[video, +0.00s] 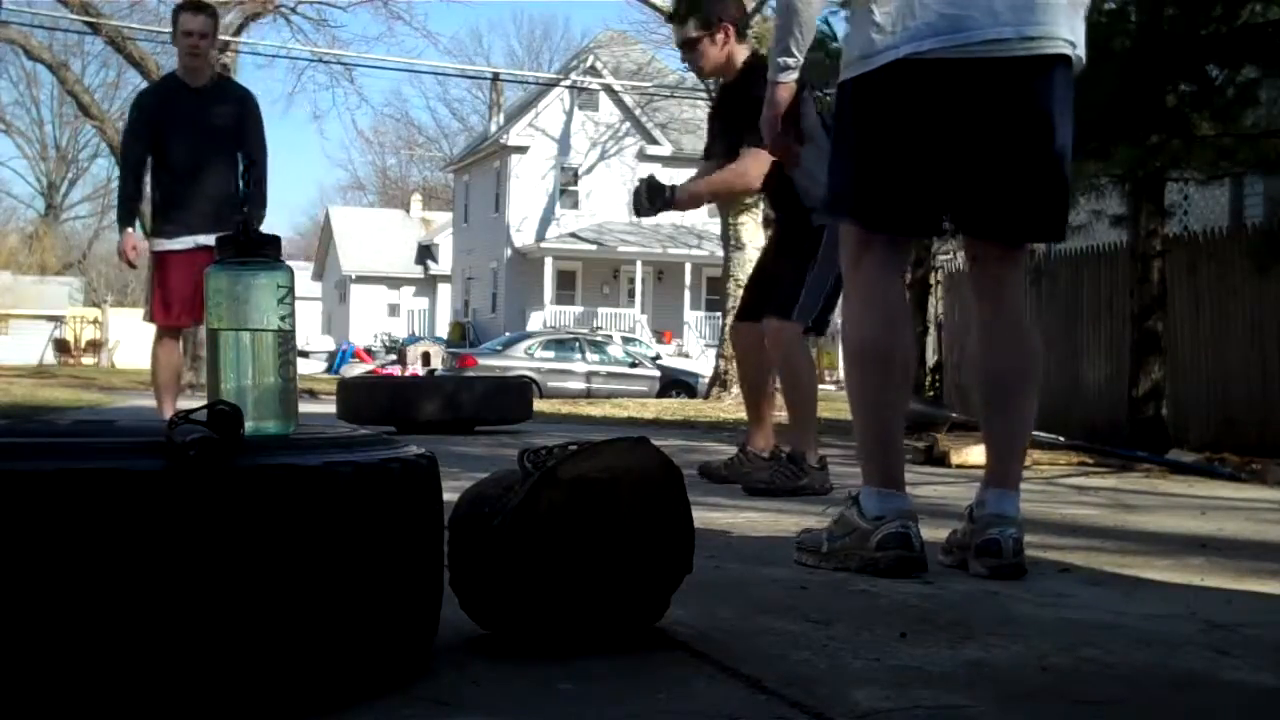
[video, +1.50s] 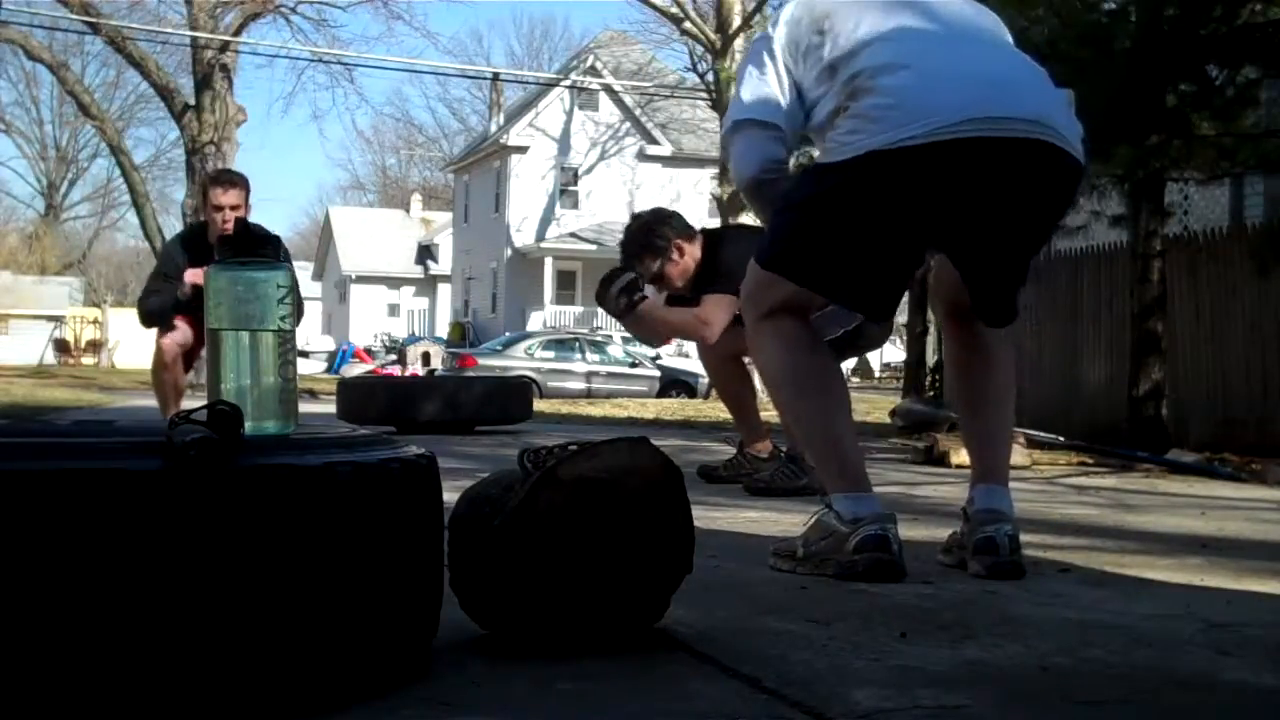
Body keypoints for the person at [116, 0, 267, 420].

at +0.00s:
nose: (195, 42)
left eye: (204, 35)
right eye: (188, 34)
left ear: (215, 40)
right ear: (175, 38)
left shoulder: (240, 99)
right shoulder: (151, 100)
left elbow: (257, 164)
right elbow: (131, 166)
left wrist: (251, 225)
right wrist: (127, 226)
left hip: (229, 231)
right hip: (173, 233)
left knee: (232, 329)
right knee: (170, 328)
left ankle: (232, 421)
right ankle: (170, 421)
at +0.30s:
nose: (182, 40)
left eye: (190, 32)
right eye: (173, 32)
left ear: (203, 37)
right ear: (162, 38)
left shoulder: (232, 97)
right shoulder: (143, 101)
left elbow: (258, 158)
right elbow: (120, 165)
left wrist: (247, 211)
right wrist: (122, 217)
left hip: (225, 229)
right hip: (170, 232)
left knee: (230, 327)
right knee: (167, 327)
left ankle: (233, 419)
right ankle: (169, 419)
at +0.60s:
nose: (201, 98)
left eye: (208, 90)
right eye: (192, 90)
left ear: (220, 93)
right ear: (179, 94)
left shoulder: (244, 144)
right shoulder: (160, 146)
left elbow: (284, 206)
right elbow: (124, 206)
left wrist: (254, 199)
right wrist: (145, 212)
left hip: (232, 260)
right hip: (178, 260)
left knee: (240, 337)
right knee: (160, 332)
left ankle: (238, 422)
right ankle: (170, 422)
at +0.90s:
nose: (219, 189)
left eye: (227, 180)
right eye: (211, 181)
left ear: (239, 181)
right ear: (198, 181)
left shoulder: (260, 220)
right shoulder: (178, 221)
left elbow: (294, 283)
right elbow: (140, 288)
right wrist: (177, 273)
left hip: (248, 295)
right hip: (194, 297)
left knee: (267, 337)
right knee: (163, 338)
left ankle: (258, 422)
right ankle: (172, 425)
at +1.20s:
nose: (225, 211)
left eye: (233, 202)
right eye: (216, 203)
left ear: (244, 204)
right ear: (204, 203)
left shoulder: (266, 243)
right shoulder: (180, 244)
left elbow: (292, 307)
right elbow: (152, 314)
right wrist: (190, 294)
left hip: (250, 319)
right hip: (199, 322)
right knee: (165, 342)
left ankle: (260, 421)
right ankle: (173, 425)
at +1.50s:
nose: (226, 218)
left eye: (234, 209)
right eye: (218, 209)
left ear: (246, 209)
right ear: (205, 209)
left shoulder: (268, 245)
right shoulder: (182, 246)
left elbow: (293, 309)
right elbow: (148, 314)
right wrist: (184, 286)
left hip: (251, 318)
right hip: (198, 320)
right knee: (168, 344)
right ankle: (173, 426)